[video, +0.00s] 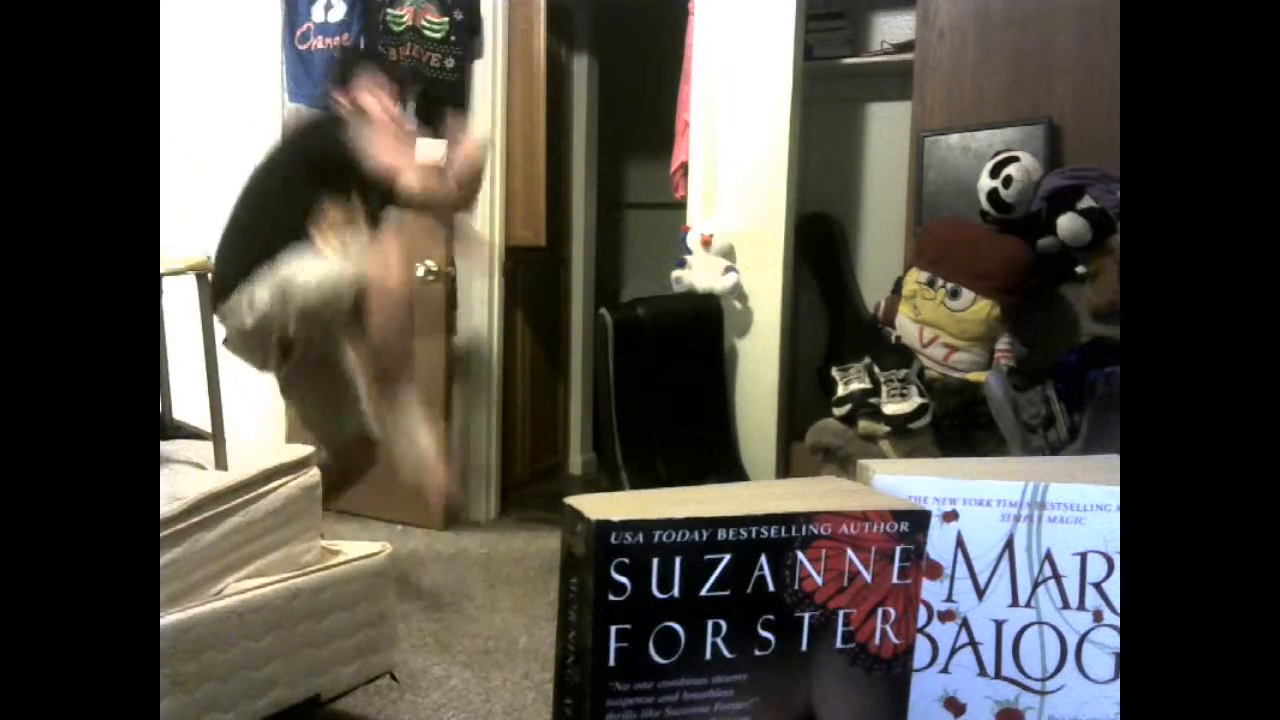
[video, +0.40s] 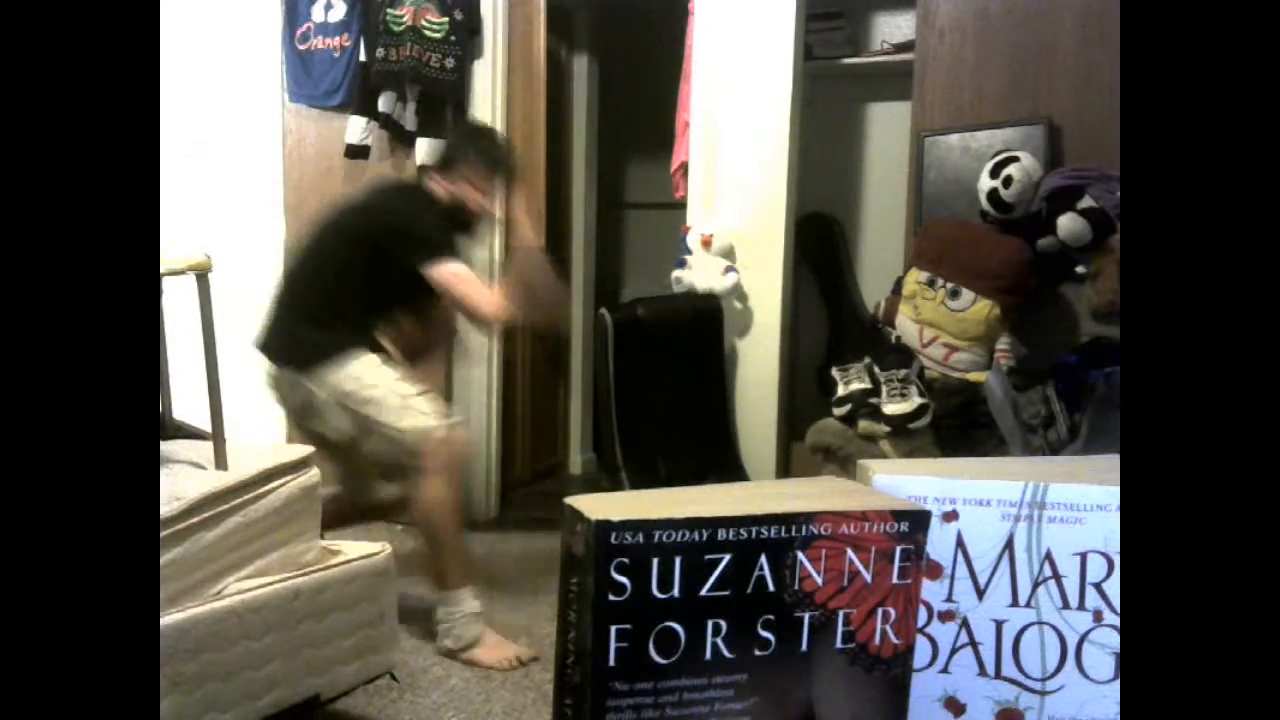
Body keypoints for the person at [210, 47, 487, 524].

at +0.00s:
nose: (392, 107)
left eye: (393, 95)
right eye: (379, 93)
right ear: (346, 96)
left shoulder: (359, 152)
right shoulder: (328, 136)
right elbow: (439, 196)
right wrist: (467, 142)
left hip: (294, 311)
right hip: (249, 303)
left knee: (353, 449)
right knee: (382, 266)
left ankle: (268, 526)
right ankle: (402, 407)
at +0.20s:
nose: (439, 153)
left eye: (442, 139)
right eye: (429, 136)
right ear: (390, 128)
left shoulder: (368, 175)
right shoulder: (367, 172)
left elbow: (368, 291)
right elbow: (457, 264)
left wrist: (436, 230)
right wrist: (507, 211)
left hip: (274, 326)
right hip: (287, 319)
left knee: (364, 470)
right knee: (391, 380)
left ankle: (264, 522)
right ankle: (453, 544)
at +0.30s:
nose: (459, 182)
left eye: (464, 168)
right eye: (454, 165)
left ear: (411, 154)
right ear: (425, 154)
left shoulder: (382, 196)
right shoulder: (388, 192)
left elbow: (421, 333)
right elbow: (477, 286)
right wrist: (507, 226)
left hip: (289, 339)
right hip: (302, 335)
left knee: (378, 480)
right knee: (412, 422)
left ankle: (273, 520)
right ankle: (453, 596)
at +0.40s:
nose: (486, 205)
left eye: (491, 192)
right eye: (483, 189)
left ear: (444, 178)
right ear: (453, 177)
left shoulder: (408, 209)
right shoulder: (412, 212)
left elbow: (418, 337)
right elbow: (491, 310)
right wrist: (523, 252)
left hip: (308, 354)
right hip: (322, 356)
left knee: (376, 492)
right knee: (438, 443)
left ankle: (277, 527)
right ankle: (460, 623)